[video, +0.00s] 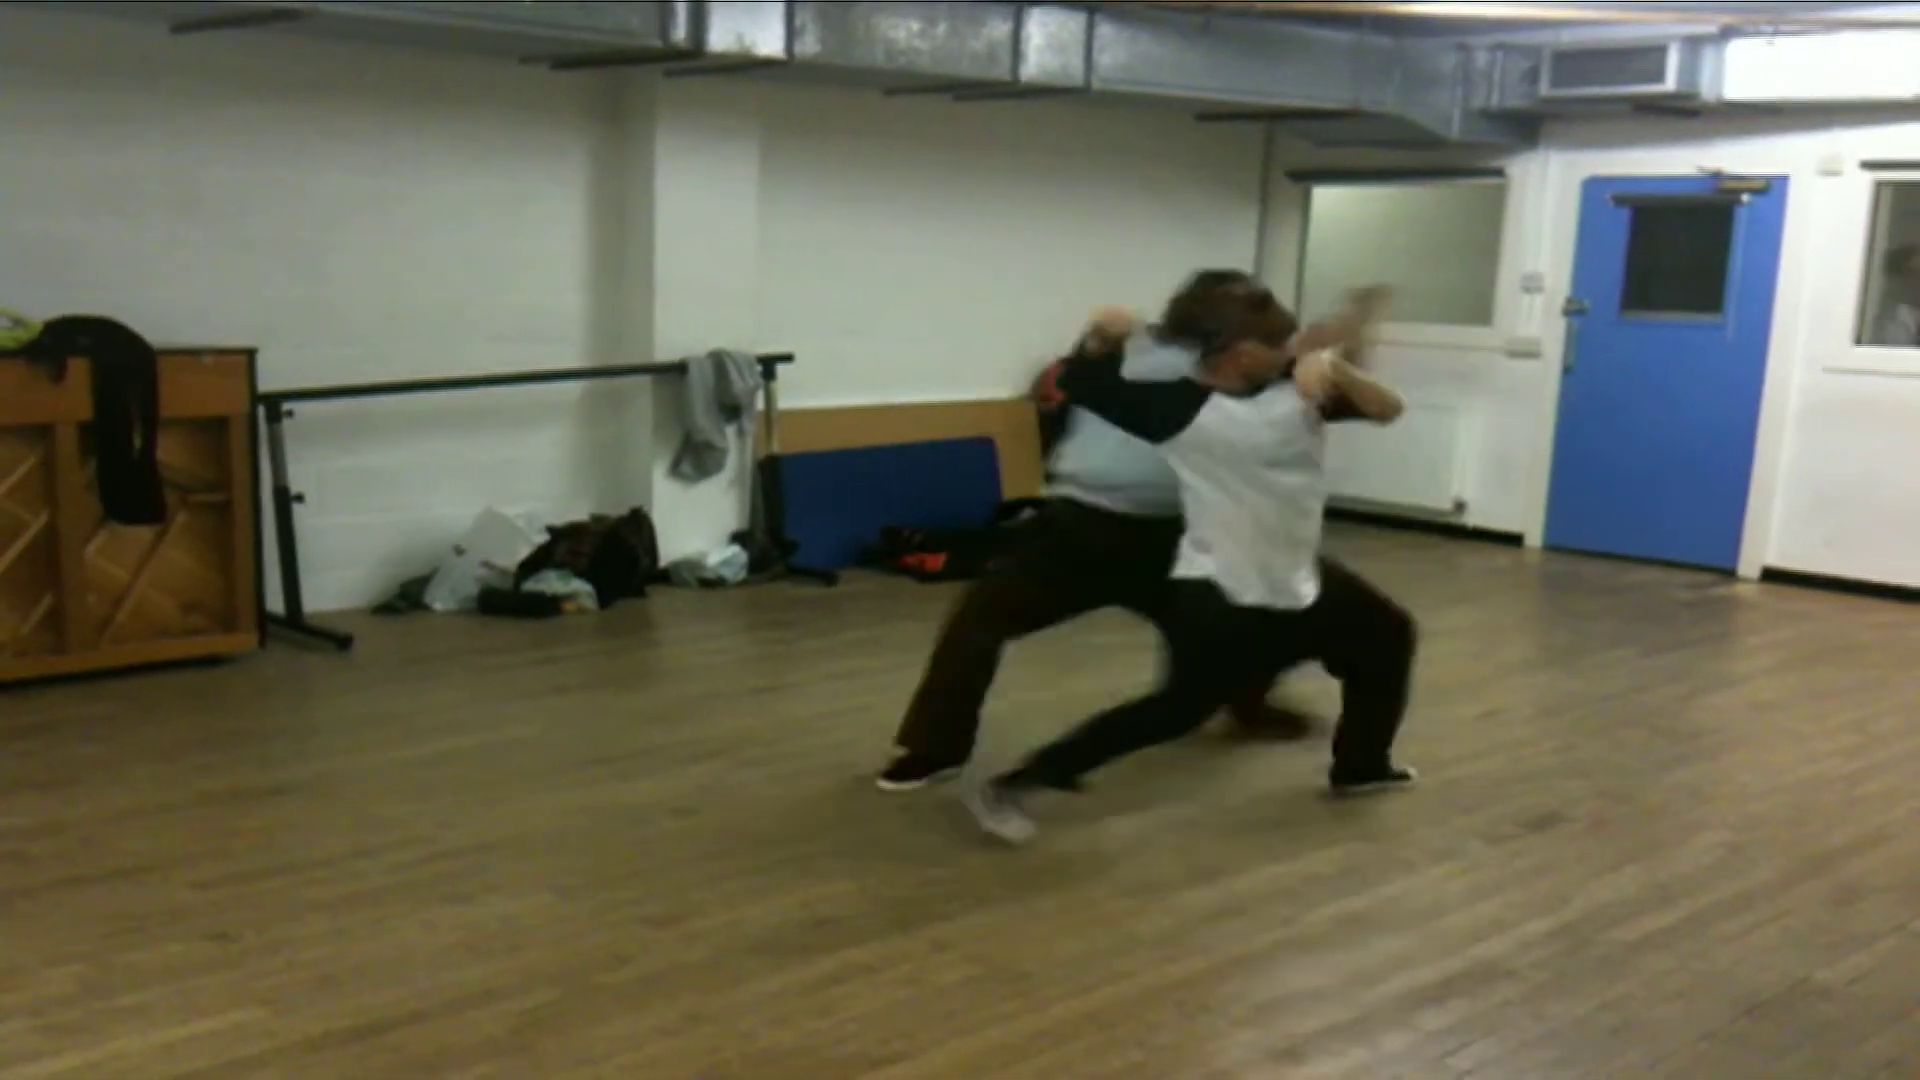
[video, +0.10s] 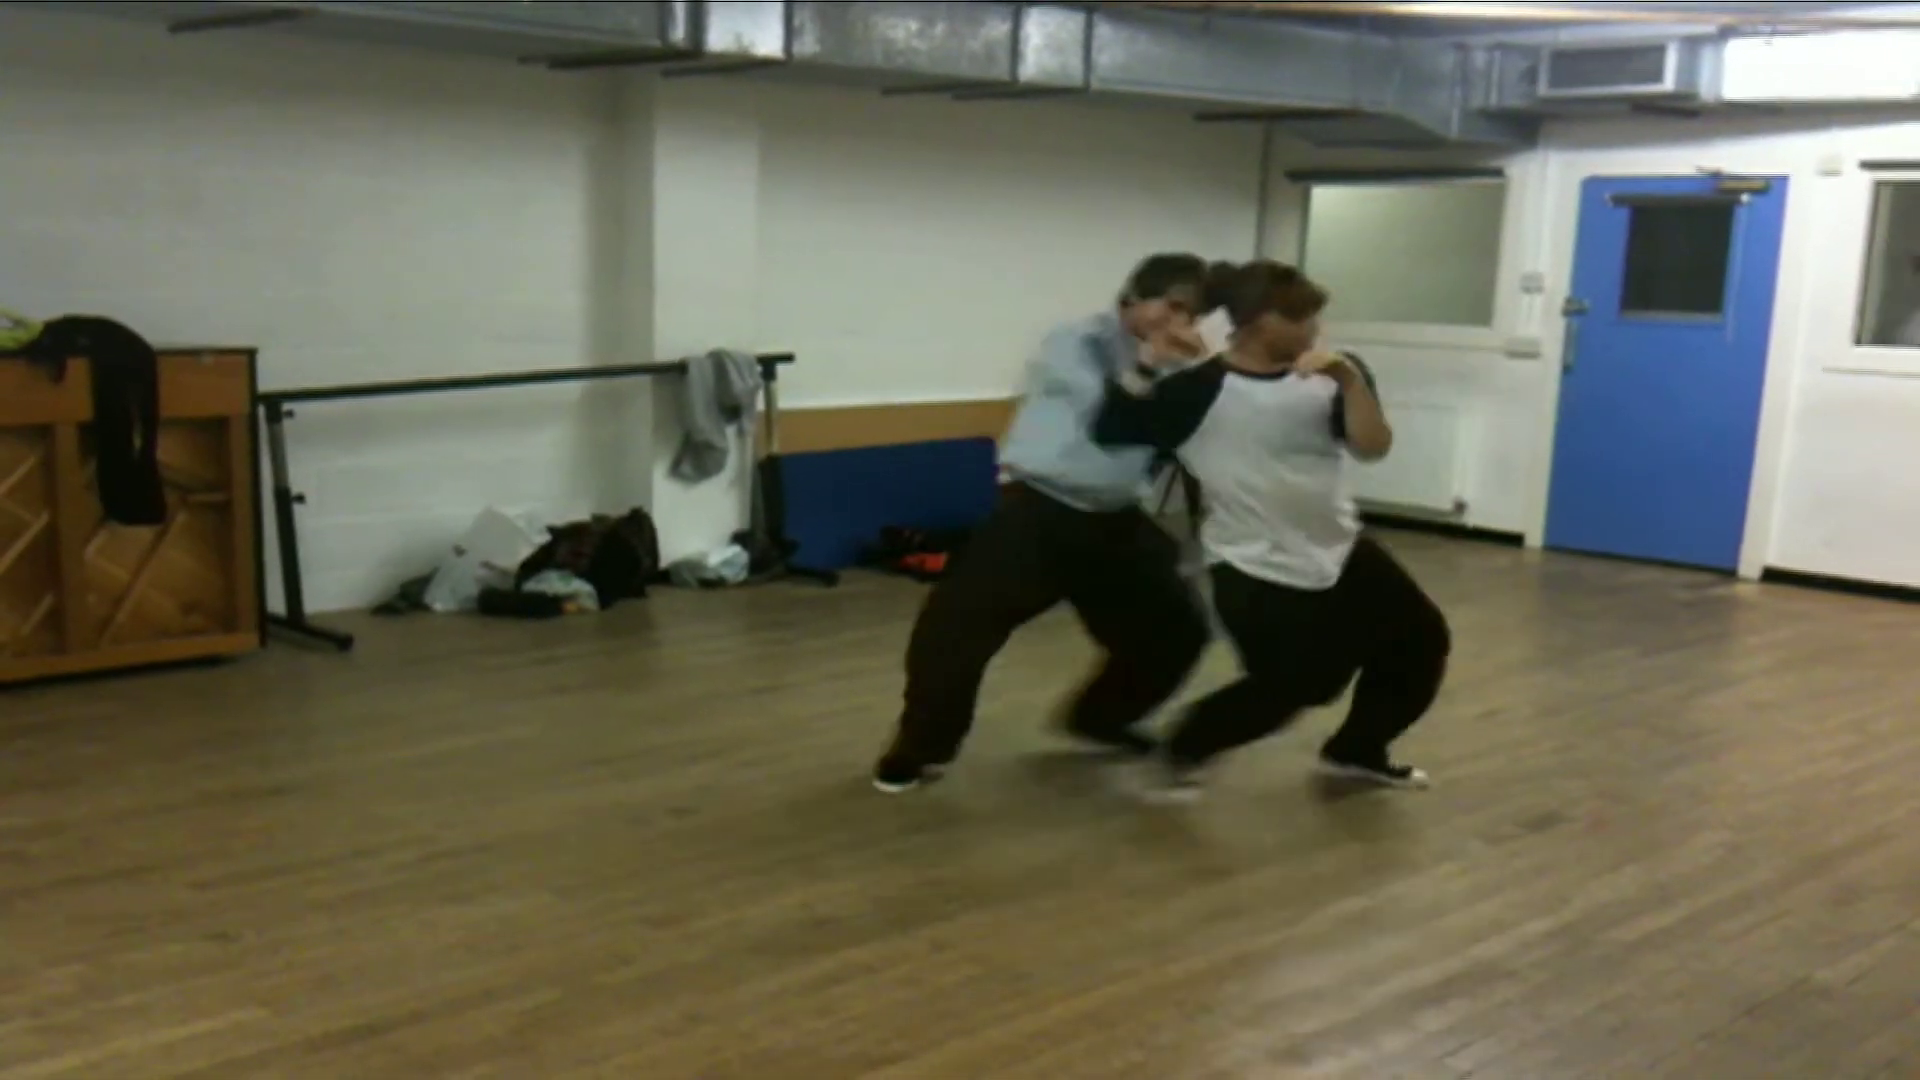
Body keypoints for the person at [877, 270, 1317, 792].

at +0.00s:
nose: (1273, 350)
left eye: (1271, 336)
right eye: (1262, 337)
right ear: (1221, 330)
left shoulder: (1248, 380)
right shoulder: (1123, 354)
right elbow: (1052, 396)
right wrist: (1091, 349)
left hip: (1175, 536)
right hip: (1080, 528)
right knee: (982, 613)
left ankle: (1249, 705)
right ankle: (933, 749)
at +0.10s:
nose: (1180, 326)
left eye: (1190, 315)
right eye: (1170, 308)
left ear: (1194, 322)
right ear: (1131, 304)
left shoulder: (1183, 377)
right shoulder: (1074, 346)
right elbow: (1107, 431)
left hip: (1117, 525)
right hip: (1037, 514)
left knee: (1172, 632)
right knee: (952, 628)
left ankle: (1098, 718)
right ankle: (922, 747)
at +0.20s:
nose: (1160, 312)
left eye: (1167, 302)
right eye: (1152, 298)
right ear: (1106, 295)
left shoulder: (1137, 375)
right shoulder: (1025, 355)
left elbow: (1136, 455)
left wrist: (1135, 477)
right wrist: (1094, 478)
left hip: (1072, 527)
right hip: (997, 516)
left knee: (1137, 629)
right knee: (957, 637)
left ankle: (1037, 728)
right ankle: (851, 737)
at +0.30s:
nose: (1147, 303)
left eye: (1150, 293)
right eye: (1136, 291)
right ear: (1087, 296)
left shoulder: (1124, 383)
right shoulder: (1007, 360)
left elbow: (1093, 458)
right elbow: (930, 435)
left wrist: (1104, 497)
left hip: (1055, 536)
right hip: (978, 531)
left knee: (1144, 610)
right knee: (938, 647)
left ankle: (1048, 703)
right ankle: (851, 748)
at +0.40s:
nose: (1149, 290)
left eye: (1150, 280)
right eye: (1138, 279)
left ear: (1101, 288)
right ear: (1091, 284)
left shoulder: (1132, 370)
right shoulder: (1004, 342)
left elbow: (1113, 449)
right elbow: (904, 405)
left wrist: (1076, 475)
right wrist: (909, 480)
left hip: (1060, 519)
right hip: (979, 514)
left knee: (1148, 591)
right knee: (940, 638)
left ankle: (1078, 693)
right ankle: (852, 748)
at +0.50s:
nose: (1155, 296)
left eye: (1154, 285)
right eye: (1145, 285)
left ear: (1105, 293)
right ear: (1102, 290)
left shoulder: (1145, 373)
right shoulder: (1001, 343)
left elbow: (1136, 446)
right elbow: (905, 406)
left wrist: (1096, 491)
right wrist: (913, 483)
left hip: (1067, 528)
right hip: (982, 521)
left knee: (1131, 625)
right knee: (932, 644)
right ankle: (852, 749)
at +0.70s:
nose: (1189, 309)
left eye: (1188, 298)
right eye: (1181, 299)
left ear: (1155, 303)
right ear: (1149, 303)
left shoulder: (1174, 366)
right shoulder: (1069, 371)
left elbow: (1198, 440)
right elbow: (1028, 460)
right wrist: (1081, 512)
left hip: (1147, 536)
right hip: (1077, 538)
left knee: (1195, 640)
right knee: (1024, 645)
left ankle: (1222, 721)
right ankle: (879, 730)